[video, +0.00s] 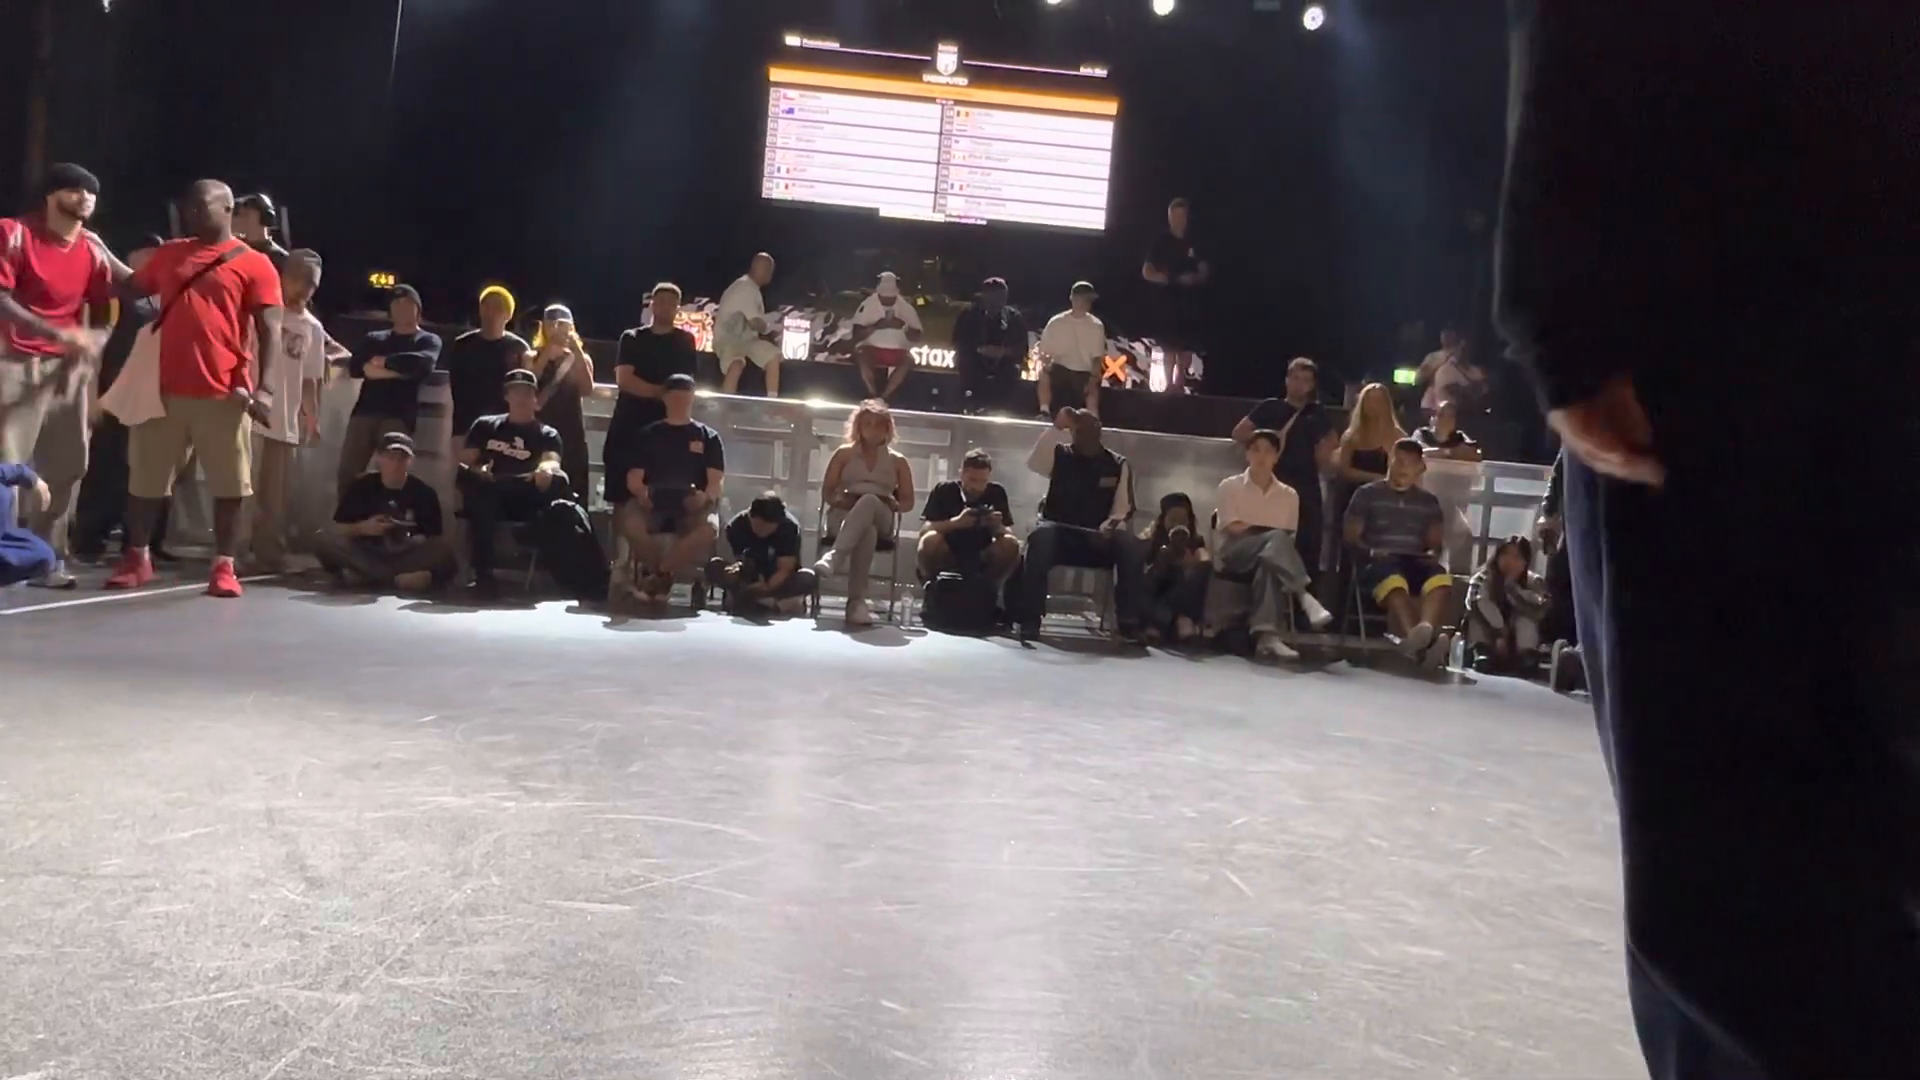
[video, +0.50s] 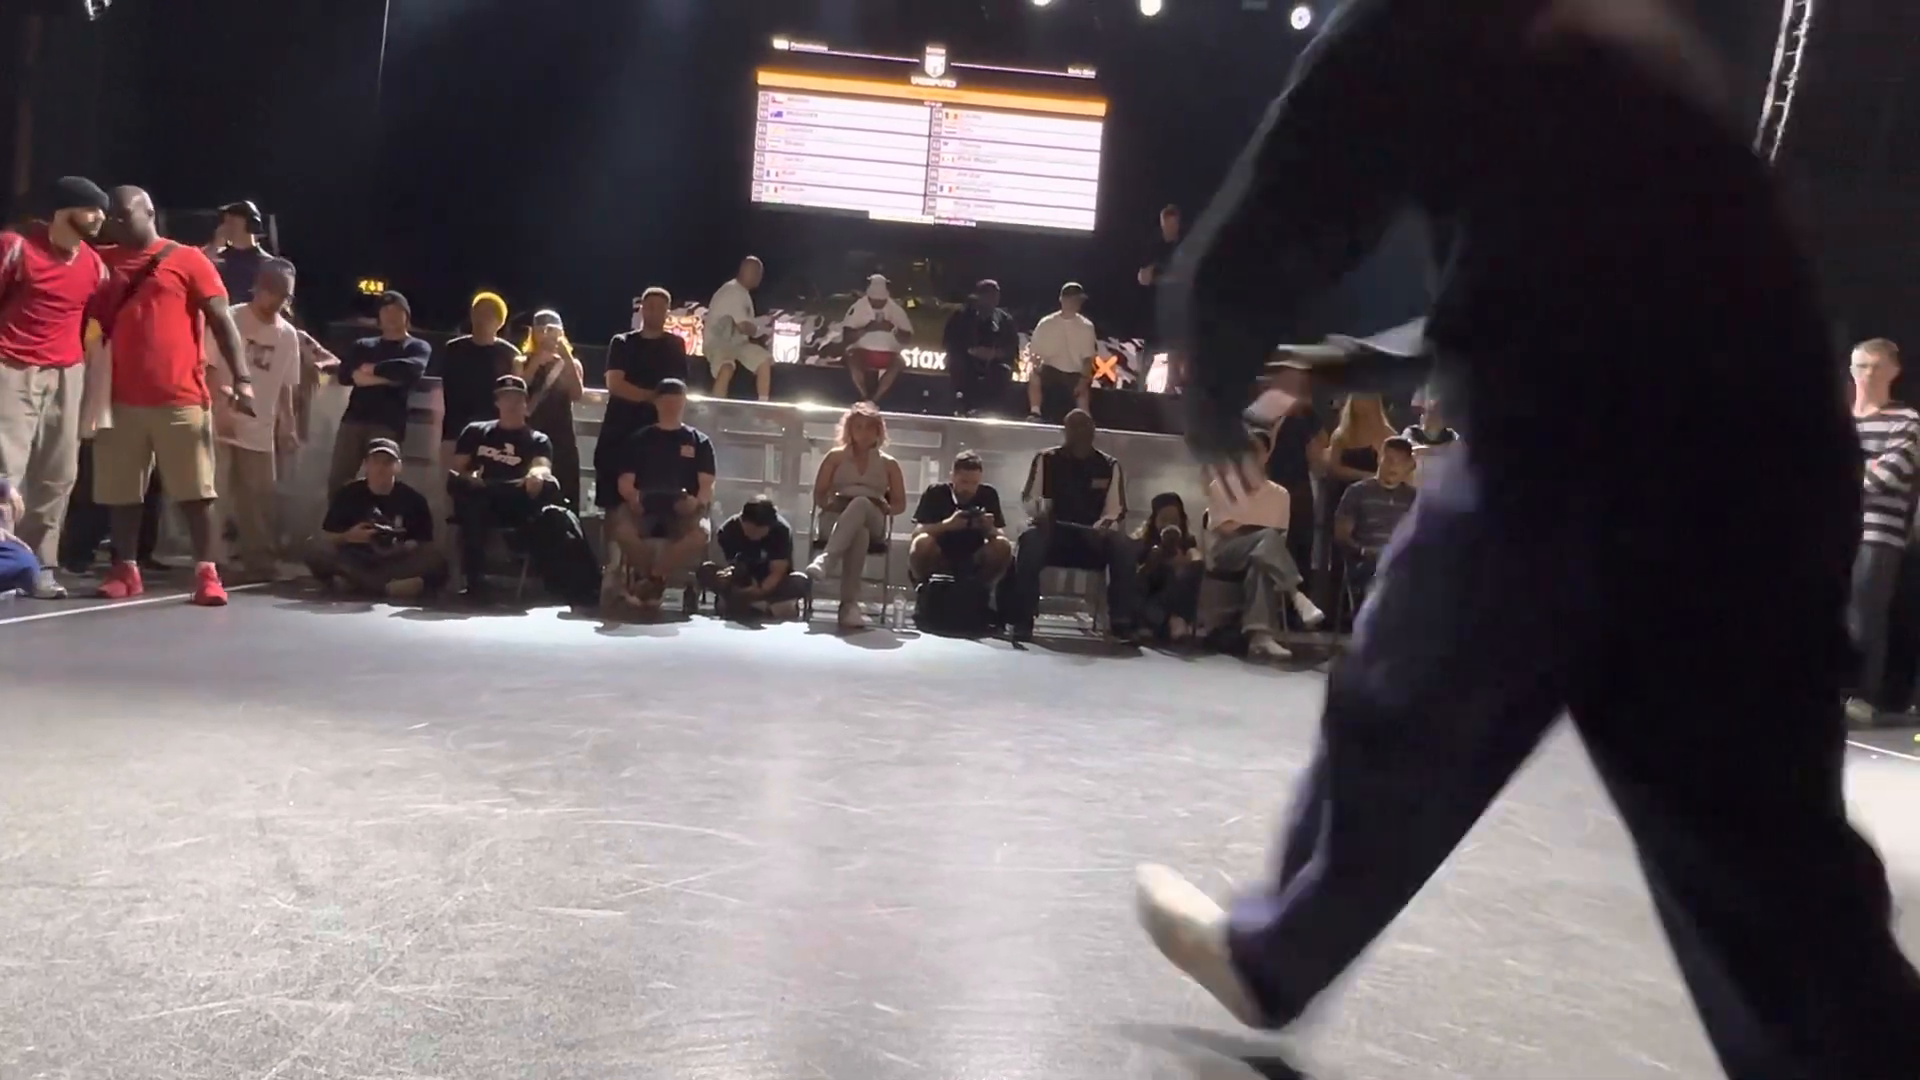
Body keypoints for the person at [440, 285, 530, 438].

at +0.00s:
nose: (491, 313)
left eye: (497, 308)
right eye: (487, 307)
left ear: (508, 315)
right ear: (480, 311)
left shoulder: (519, 348)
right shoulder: (461, 344)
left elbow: (523, 388)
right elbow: (455, 384)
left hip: (504, 425)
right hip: (466, 422)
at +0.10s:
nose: (490, 316)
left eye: (496, 311)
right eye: (486, 310)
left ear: (507, 317)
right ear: (480, 312)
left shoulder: (517, 349)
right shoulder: (460, 345)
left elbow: (522, 388)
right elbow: (451, 383)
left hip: (502, 427)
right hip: (464, 423)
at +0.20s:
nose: (489, 317)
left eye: (495, 312)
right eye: (486, 311)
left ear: (506, 318)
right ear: (479, 313)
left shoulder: (515, 350)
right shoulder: (458, 345)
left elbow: (519, 389)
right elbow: (450, 384)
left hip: (500, 426)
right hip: (462, 422)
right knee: (459, 485)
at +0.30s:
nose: (487, 318)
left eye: (493, 313)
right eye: (484, 311)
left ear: (505, 319)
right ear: (477, 313)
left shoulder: (514, 351)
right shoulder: (457, 345)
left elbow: (516, 391)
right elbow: (447, 382)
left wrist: (509, 426)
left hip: (497, 427)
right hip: (459, 423)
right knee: (455, 485)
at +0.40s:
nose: (484, 319)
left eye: (491, 314)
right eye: (481, 313)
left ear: (503, 320)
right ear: (475, 315)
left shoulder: (511, 352)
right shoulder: (455, 346)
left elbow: (514, 391)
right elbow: (445, 383)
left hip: (494, 426)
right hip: (457, 423)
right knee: (452, 487)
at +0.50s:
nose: (481, 323)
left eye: (487, 318)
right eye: (478, 317)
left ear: (499, 322)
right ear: (471, 317)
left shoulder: (510, 354)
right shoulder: (453, 348)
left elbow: (512, 395)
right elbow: (443, 387)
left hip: (493, 432)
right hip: (455, 429)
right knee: (452, 492)